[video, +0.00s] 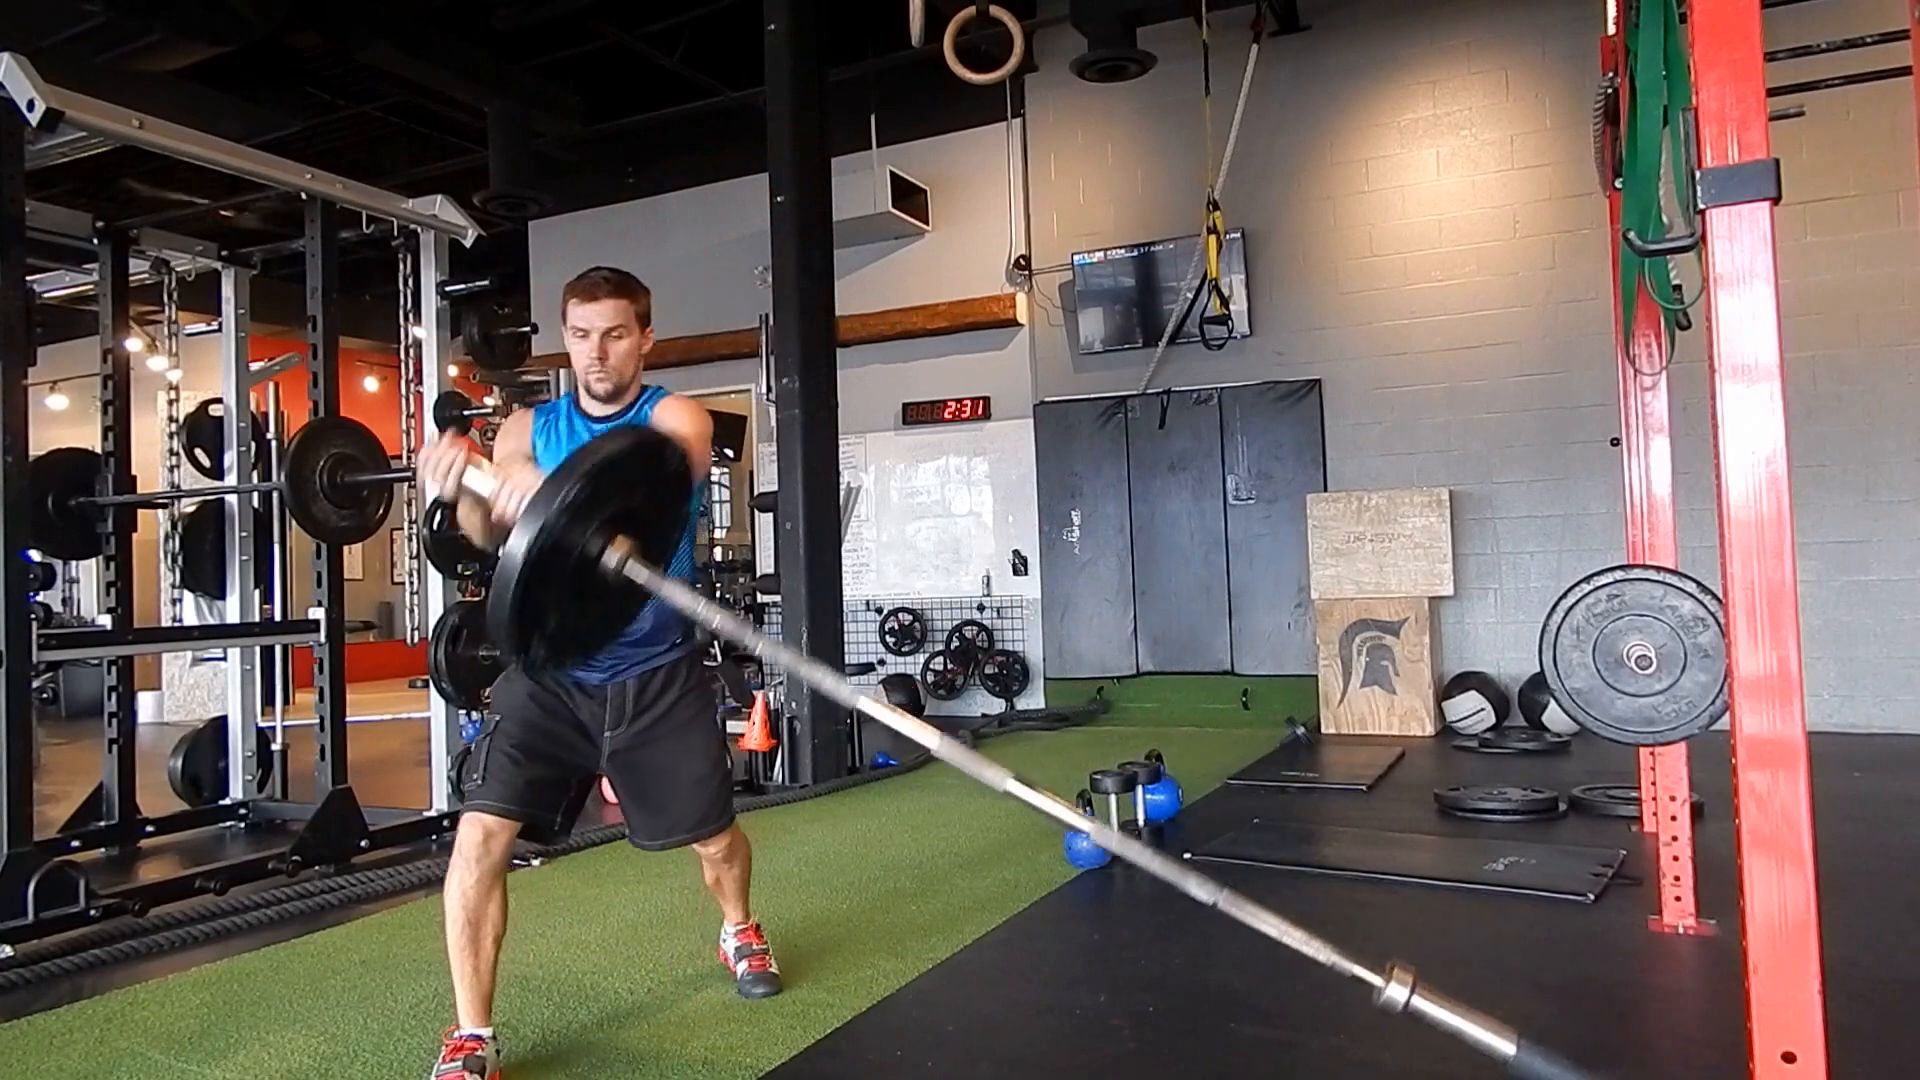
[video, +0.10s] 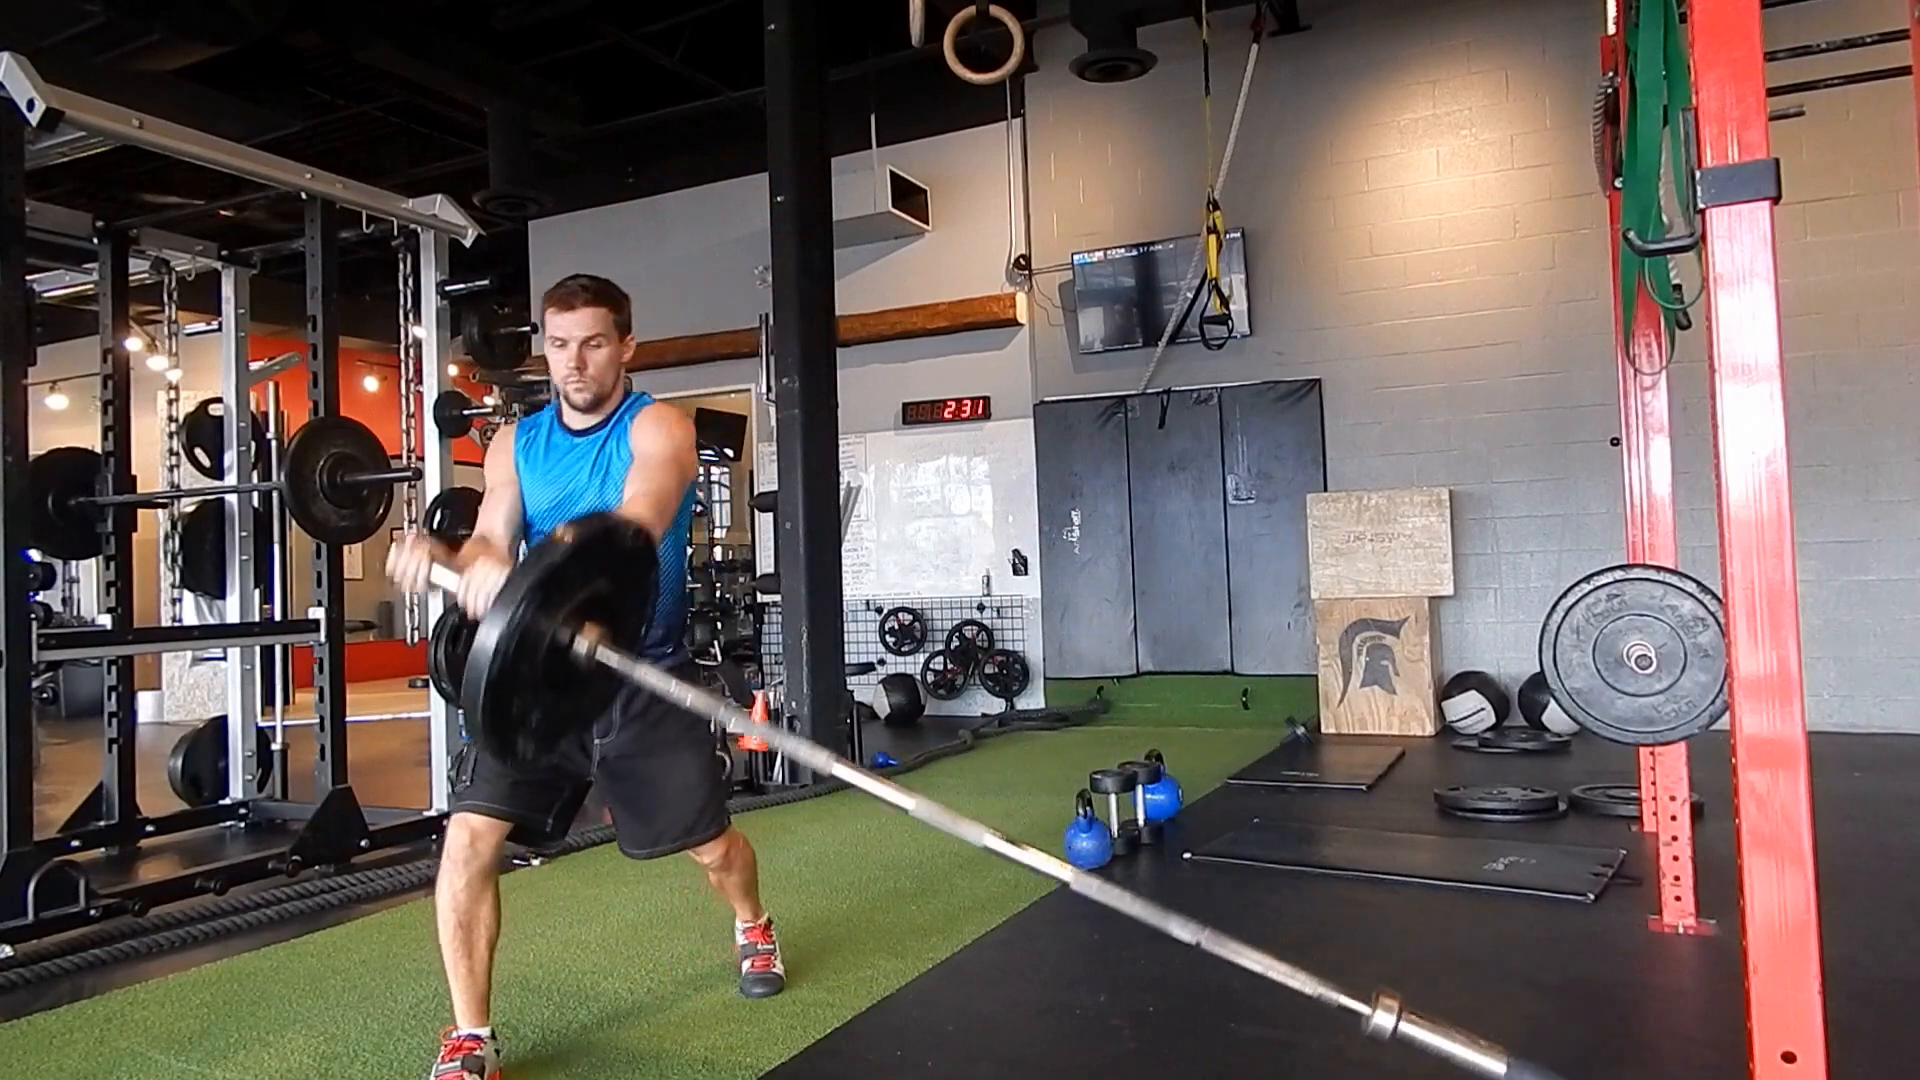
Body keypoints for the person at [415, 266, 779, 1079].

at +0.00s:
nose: (596, 352)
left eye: (613, 335)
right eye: (581, 336)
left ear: (646, 340)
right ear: (565, 341)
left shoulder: (680, 420)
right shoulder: (525, 429)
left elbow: (638, 507)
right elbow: (504, 528)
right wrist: (459, 494)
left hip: (659, 670)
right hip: (545, 675)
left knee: (715, 832)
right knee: (480, 836)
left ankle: (740, 932)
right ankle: (471, 1032)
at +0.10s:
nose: (574, 362)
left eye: (591, 345)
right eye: (559, 345)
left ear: (626, 348)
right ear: (545, 349)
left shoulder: (663, 431)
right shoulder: (515, 441)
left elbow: (626, 544)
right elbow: (490, 555)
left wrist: (512, 576)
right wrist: (440, 561)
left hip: (644, 674)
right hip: (534, 673)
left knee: (712, 843)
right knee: (468, 840)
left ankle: (753, 927)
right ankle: (469, 1034)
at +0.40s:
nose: (529, 394)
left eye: (547, 375)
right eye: (514, 377)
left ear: (586, 378)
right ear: (501, 385)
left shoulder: (625, 465)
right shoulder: (493, 481)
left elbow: (615, 607)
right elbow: (505, 606)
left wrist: (529, 720)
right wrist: (477, 698)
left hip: (640, 694)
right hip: (538, 694)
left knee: (707, 874)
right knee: (443, 841)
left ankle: (767, 920)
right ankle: (468, 1038)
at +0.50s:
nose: (531, 400)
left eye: (549, 381)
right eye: (515, 384)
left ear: (586, 385)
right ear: (501, 393)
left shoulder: (624, 474)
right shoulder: (493, 489)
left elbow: (619, 619)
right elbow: (510, 609)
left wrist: (534, 733)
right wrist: (483, 703)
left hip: (642, 700)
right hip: (539, 700)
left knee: (710, 883)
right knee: (439, 841)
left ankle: (768, 922)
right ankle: (469, 1038)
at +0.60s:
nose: (542, 395)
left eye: (561, 378)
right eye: (524, 381)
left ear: (593, 388)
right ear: (508, 394)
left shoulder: (630, 475)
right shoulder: (496, 491)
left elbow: (626, 616)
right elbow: (511, 611)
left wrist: (538, 720)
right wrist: (480, 696)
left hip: (641, 699)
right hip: (540, 700)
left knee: (711, 883)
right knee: (439, 845)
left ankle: (768, 921)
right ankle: (470, 1039)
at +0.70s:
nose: (564, 373)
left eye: (581, 357)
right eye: (546, 360)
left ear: (611, 373)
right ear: (526, 381)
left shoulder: (644, 456)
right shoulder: (501, 475)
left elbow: (639, 585)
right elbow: (505, 592)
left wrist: (535, 674)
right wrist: (469, 658)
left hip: (643, 688)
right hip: (536, 688)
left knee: (712, 870)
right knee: (447, 844)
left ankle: (766, 921)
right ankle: (471, 1038)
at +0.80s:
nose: (592, 346)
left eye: (607, 333)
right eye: (573, 335)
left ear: (629, 352)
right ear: (547, 357)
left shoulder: (661, 430)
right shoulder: (509, 447)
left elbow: (645, 554)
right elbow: (500, 568)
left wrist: (514, 592)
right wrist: (457, 585)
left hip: (636, 664)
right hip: (531, 667)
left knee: (714, 848)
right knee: (463, 848)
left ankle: (754, 924)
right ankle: (473, 1036)